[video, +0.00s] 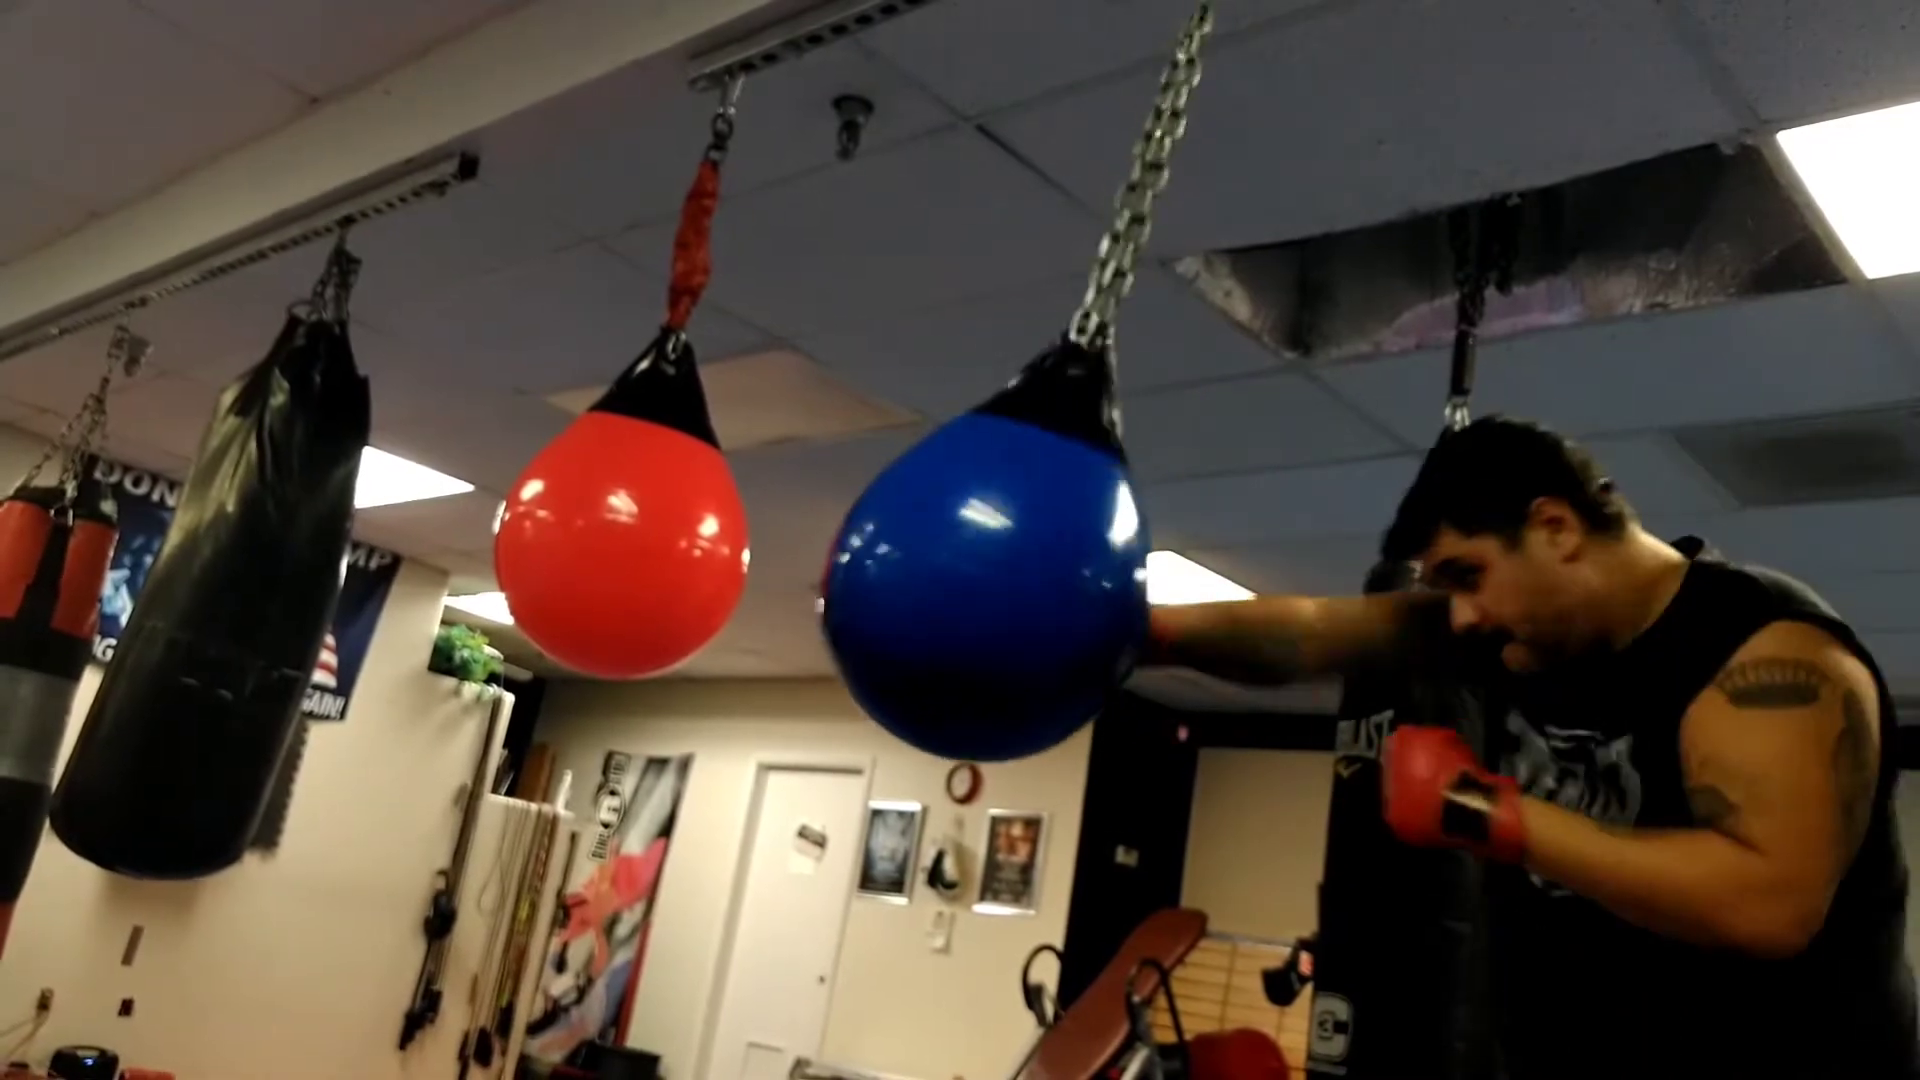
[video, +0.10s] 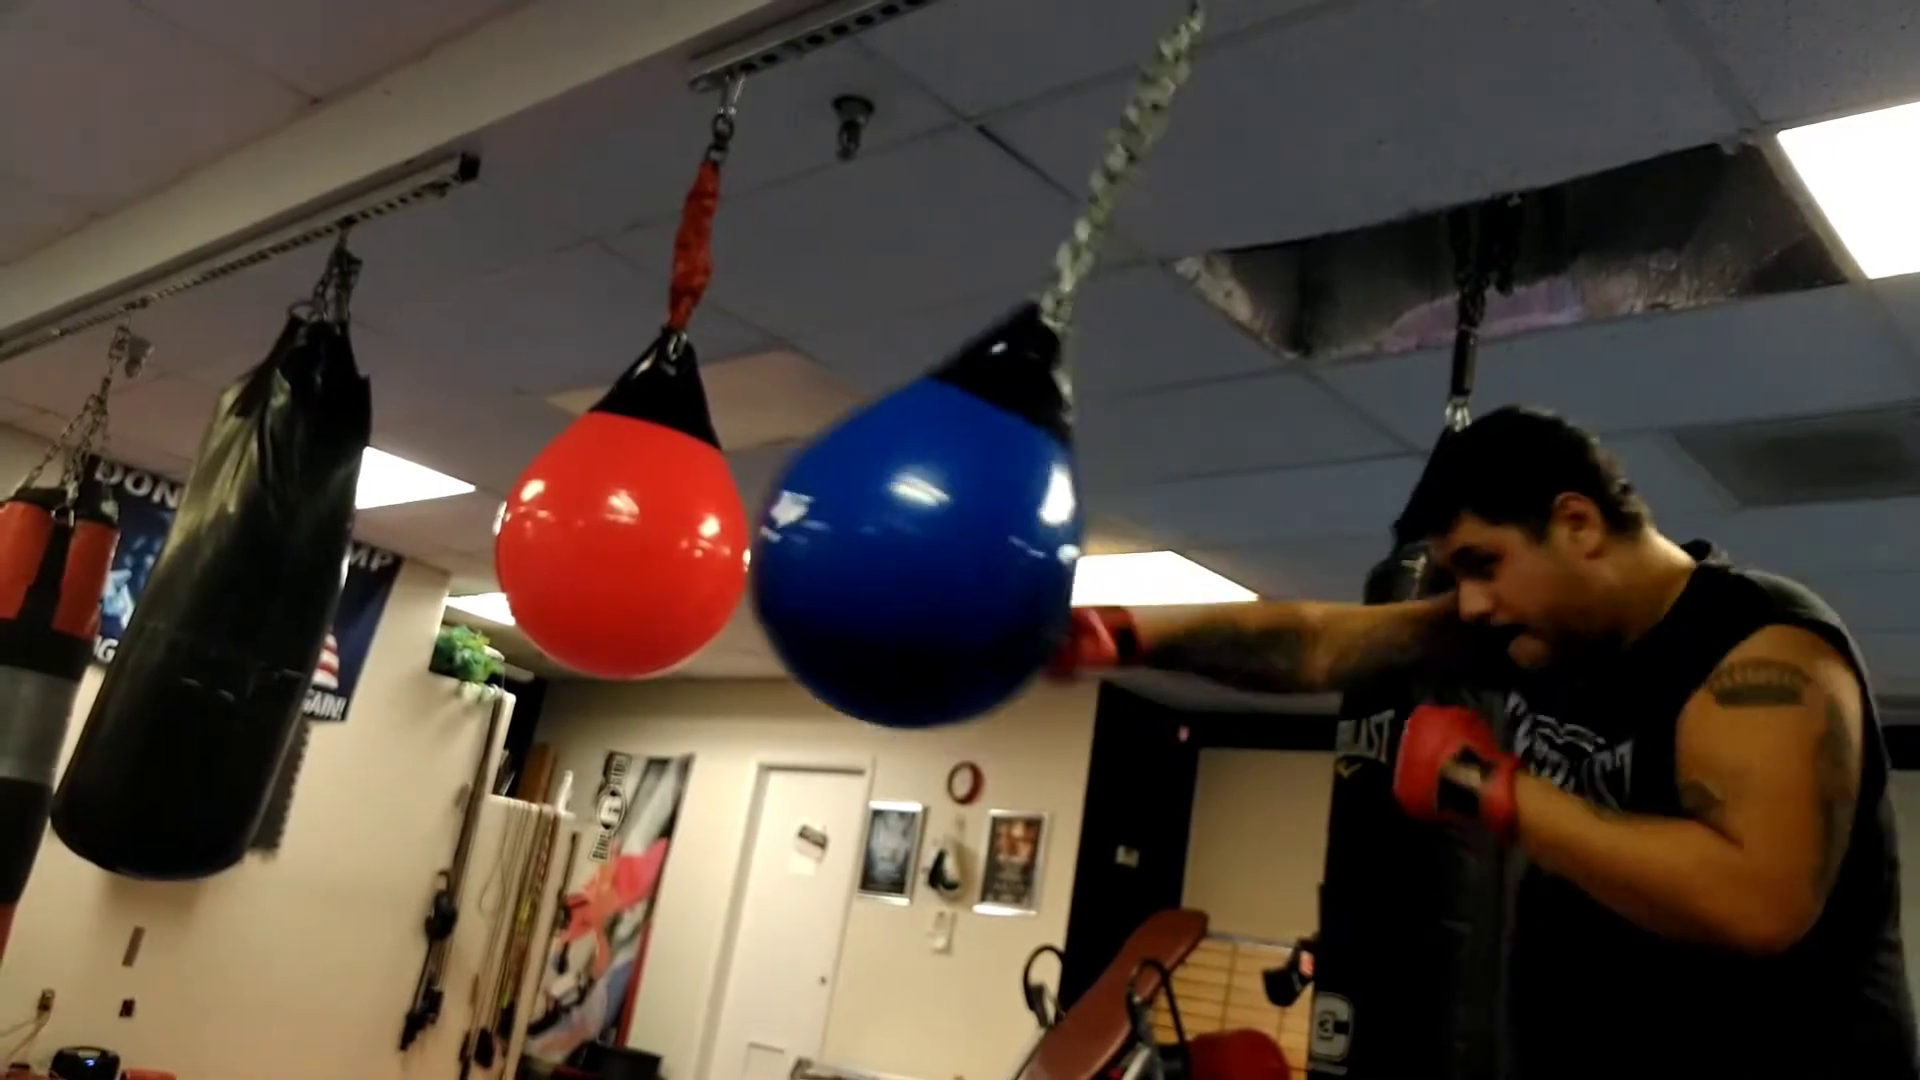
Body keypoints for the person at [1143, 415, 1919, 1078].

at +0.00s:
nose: (1462, 620)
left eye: (1466, 580)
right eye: (1446, 593)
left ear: (1556, 530)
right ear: (1555, 533)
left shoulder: (1776, 658)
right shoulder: (1534, 631)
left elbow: (1770, 898)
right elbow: (1305, 635)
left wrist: (1500, 813)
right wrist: (1132, 627)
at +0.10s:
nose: (1471, 608)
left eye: (1483, 569)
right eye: (1458, 583)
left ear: (1576, 522)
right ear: (1568, 534)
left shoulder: (1770, 659)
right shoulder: (1543, 625)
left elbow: (1758, 896)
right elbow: (1321, 643)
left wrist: (1502, 792)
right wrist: (1122, 634)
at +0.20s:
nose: (1471, 591)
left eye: (1488, 549)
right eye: (1459, 563)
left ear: (1591, 515)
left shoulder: (1751, 648)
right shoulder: (1580, 646)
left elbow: (1737, 878)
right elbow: (1413, 688)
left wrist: (1498, 752)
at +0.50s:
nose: (1480, 640)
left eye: (1507, 601)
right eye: (1457, 614)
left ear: (1590, 585)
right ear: (1442, 620)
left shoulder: (1713, 713)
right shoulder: (1520, 740)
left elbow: (1802, 911)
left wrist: (1524, 923)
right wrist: (1426, 909)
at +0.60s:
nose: (1465, 626)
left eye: (1489, 588)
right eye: (1440, 603)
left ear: (1570, 567)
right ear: (1425, 615)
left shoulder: (1679, 672)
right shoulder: (1490, 723)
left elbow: (1790, 821)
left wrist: (1532, 765)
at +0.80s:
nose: (1498, 603)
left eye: (1525, 566)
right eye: (1468, 582)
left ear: (1602, 554)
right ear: (1445, 593)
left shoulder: (1673, 605)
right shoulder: (1488, 709)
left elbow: (1706, 671)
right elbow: (1470, 944)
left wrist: (1429, 634)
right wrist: (1428, 857)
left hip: (1742, 1074)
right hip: (1557, 1076)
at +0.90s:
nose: (1529, 588)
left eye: (1558, 549)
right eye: (1504, 562)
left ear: (1643, 533)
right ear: (1487, 574)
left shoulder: (1753, 639)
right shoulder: (1492, 677)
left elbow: (1879, 802)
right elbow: (1354, 831)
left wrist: (1592, 737)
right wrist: (1396, 751)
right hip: (1529, 1079)